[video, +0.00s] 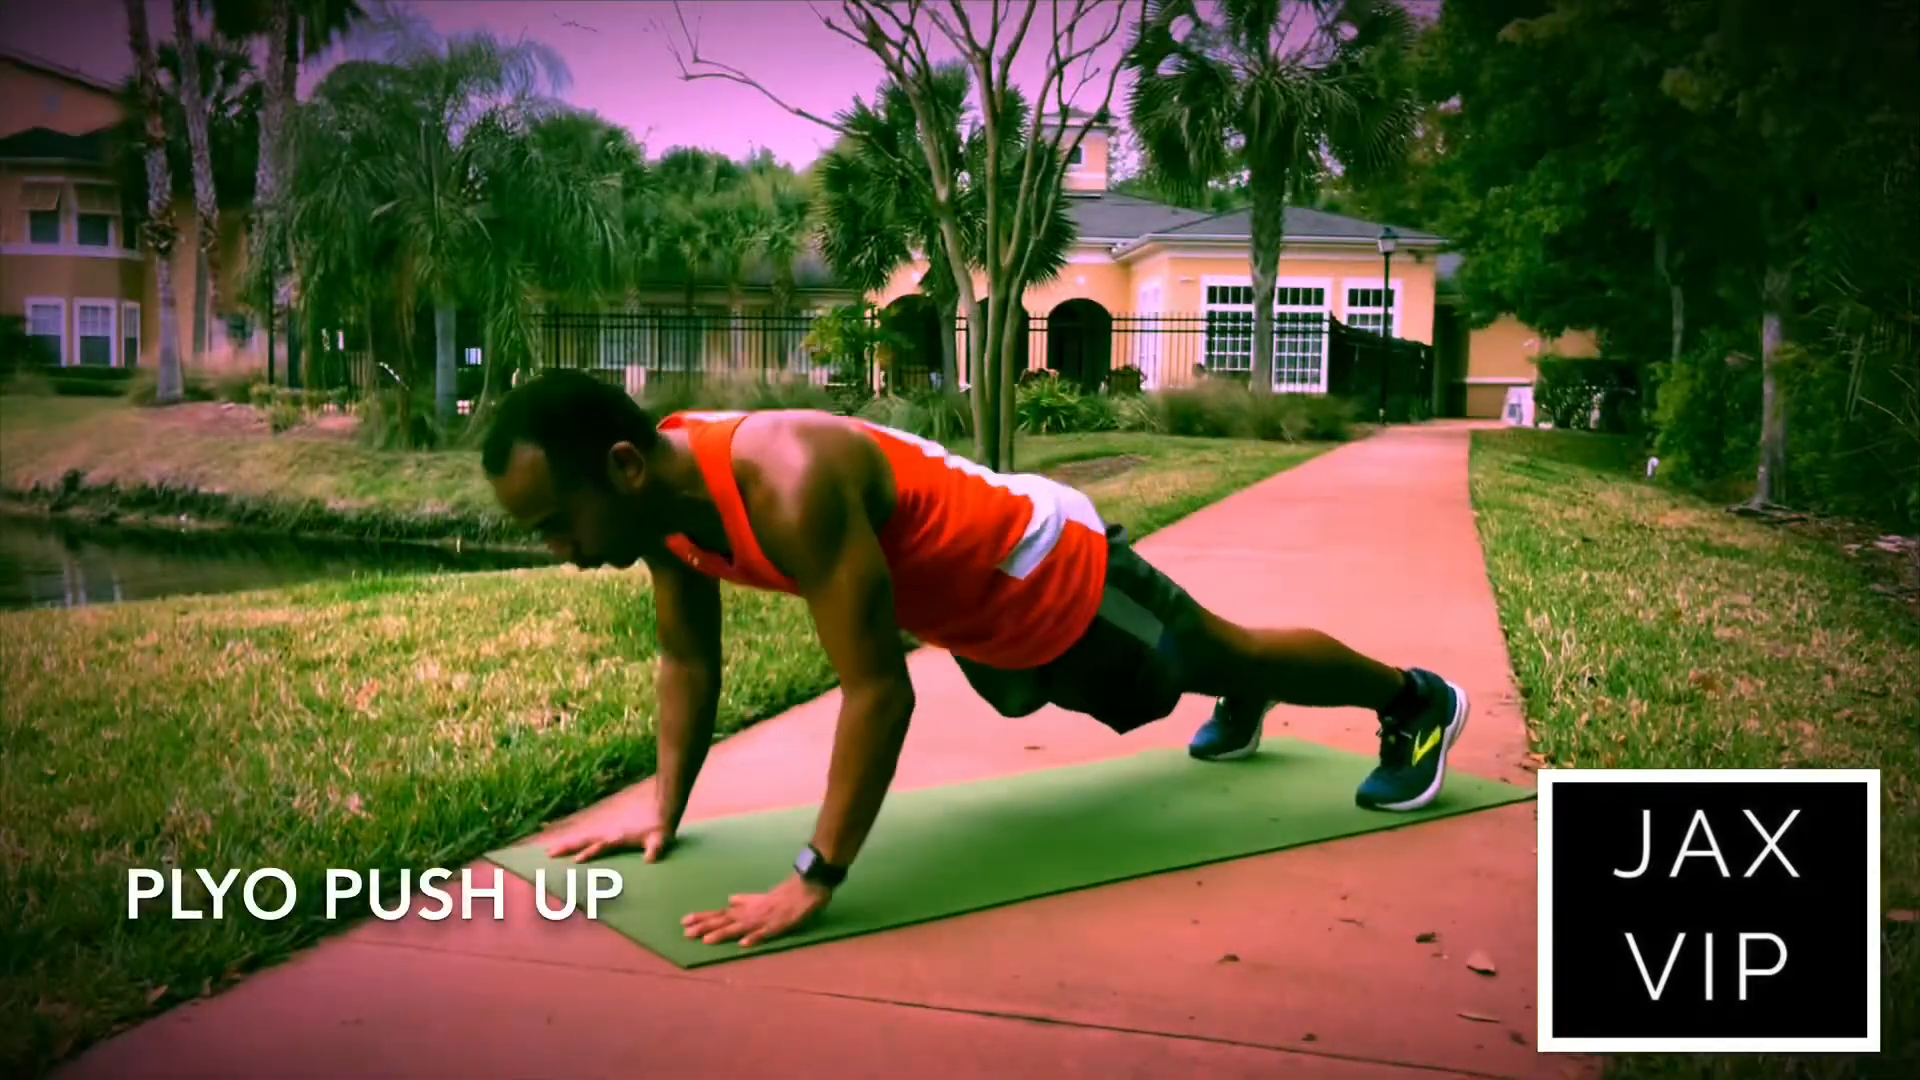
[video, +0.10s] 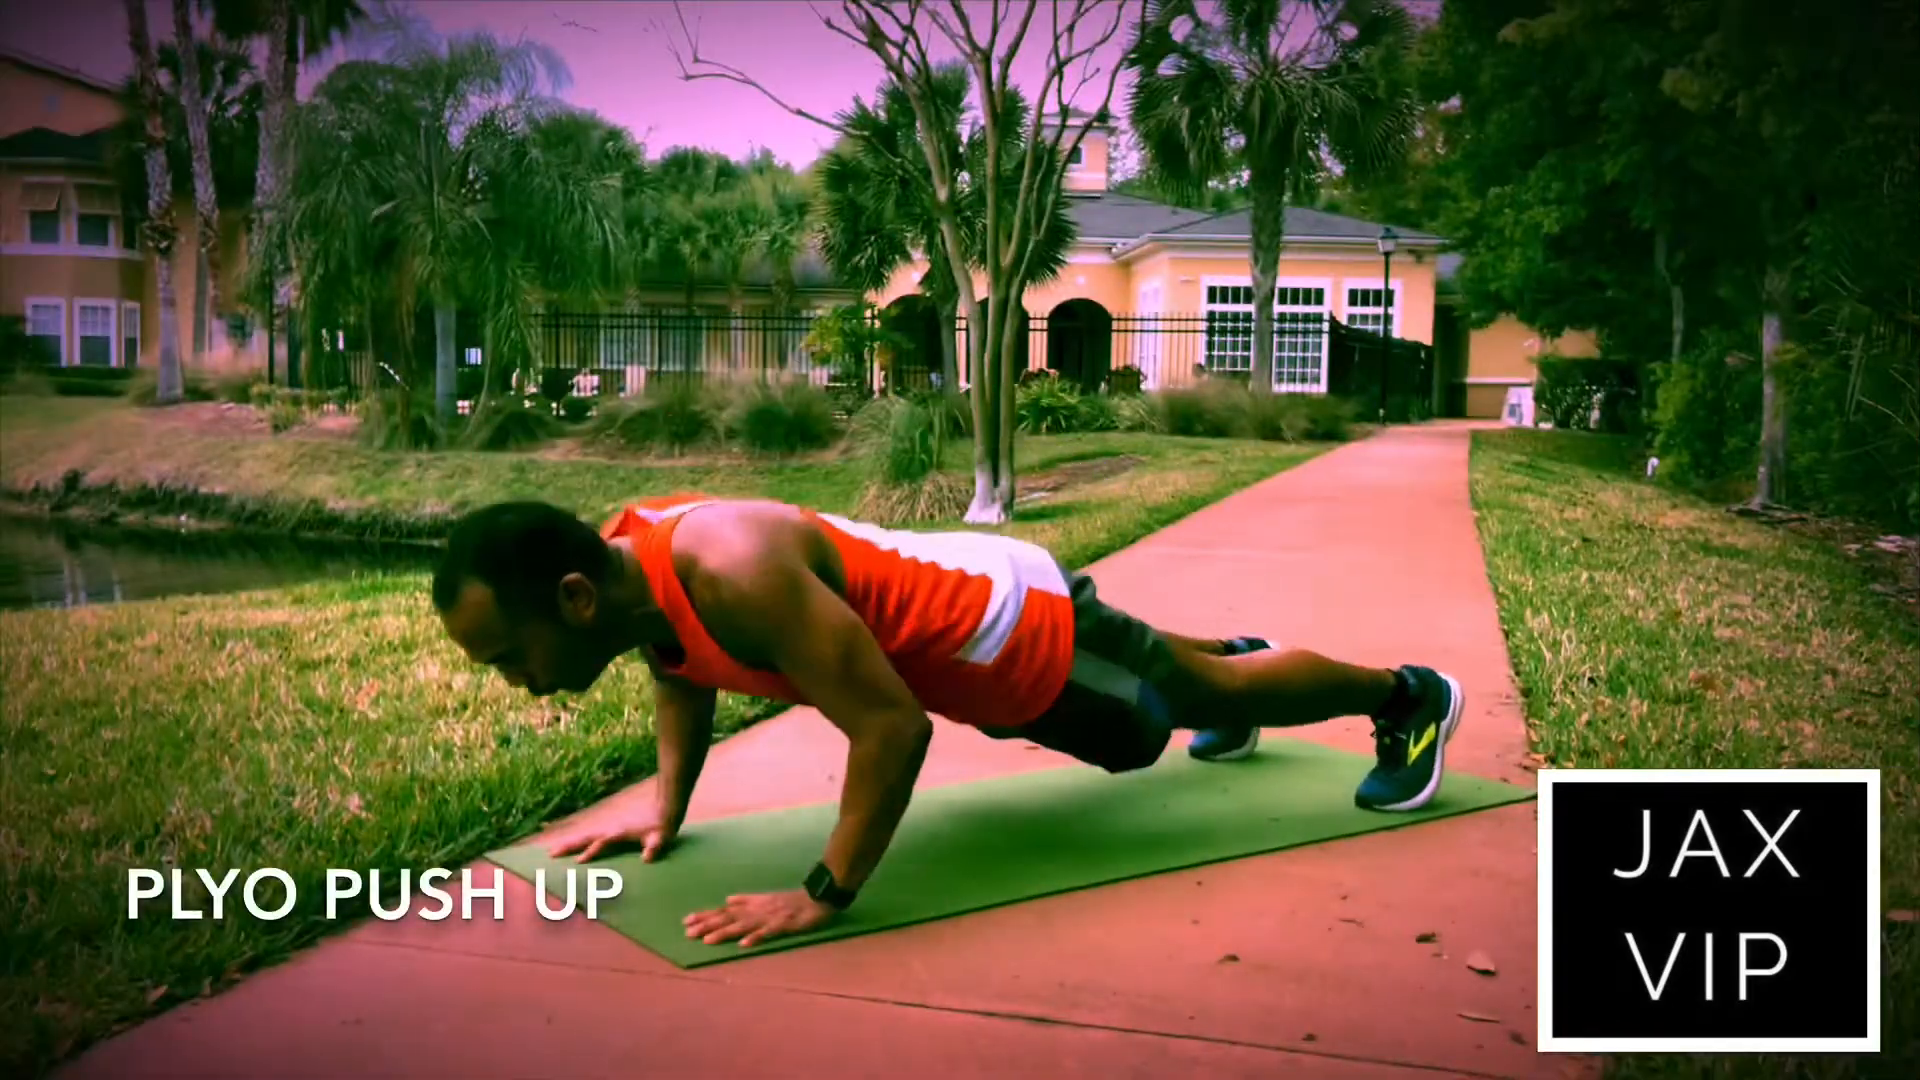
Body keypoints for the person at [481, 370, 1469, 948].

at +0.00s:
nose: (559, 550)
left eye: (555, 523)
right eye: (541, 533)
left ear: (621, 463)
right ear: (604, 468)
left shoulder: (795, 477)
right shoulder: (668, 503)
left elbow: (878, 694)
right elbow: (686, 656)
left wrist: (814, 880)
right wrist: (666, 813)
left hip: (1058, 572)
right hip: (983, 610)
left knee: (1234, 654)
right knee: (1126, 669)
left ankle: (1414, 697)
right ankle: (1244, 685)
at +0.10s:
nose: (513, 677)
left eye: (510, 654)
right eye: (495, 662)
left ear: (574, 593)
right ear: (561, 586)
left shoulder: (734, 568)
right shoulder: (629, 570)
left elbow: (894, 728)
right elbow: (683, 676)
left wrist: (828, 894)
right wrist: (667, 810)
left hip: (1031, 627)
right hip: (968, 645)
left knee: (1217, 682)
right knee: (1129, 709)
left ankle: (1407, 695)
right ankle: (1224, 711)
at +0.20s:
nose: (470, 755)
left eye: (469, 732)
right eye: (454, 738)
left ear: (538, 671)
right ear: (525, 665)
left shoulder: (701, 636)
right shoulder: (590, 623)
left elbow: (893, 734)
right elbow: (667, 673)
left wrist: (828, 895)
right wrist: (661, 795)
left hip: (1012, 685)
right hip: (942, 655)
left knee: (1203, 718)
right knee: (1098, 684)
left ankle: (1393, 693)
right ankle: (1218, 651)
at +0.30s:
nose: (452, 817)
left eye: (452, 795)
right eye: (437, 800)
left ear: (523, 735)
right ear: (514, 726)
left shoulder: (685, 698)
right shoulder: (578, 663)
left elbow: (888, 737)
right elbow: (716, 703)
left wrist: (825, 896)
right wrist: (659, 807)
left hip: (999, 722)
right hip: (925, 666)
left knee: (1199, 732)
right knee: (1059, 684)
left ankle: (1390, 691)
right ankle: (1214, 659)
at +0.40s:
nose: (453, 853)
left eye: (454, 829)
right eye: (434, 837)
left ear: (521, 766)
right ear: (509, 750)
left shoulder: (664, 732)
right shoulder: (571, 695)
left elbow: (879, 740)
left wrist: (824, 895)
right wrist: (643, 819)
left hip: (994, 736)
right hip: (912, 675)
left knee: (1197, 742)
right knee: (1055, 698)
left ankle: (1387, 690)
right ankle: (1213, 659)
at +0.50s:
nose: (441, 817)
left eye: (446, 793)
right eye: (427, 797)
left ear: (524, 741)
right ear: (516, 732)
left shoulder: (677, 712)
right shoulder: (578, 672)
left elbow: (885, 743)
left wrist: (824, 898)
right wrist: (656, 818)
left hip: (1001, 729)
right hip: (923, 671)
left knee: (1203, 736)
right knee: (1061, 692)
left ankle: (1391, 690)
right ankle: (1209, 659)